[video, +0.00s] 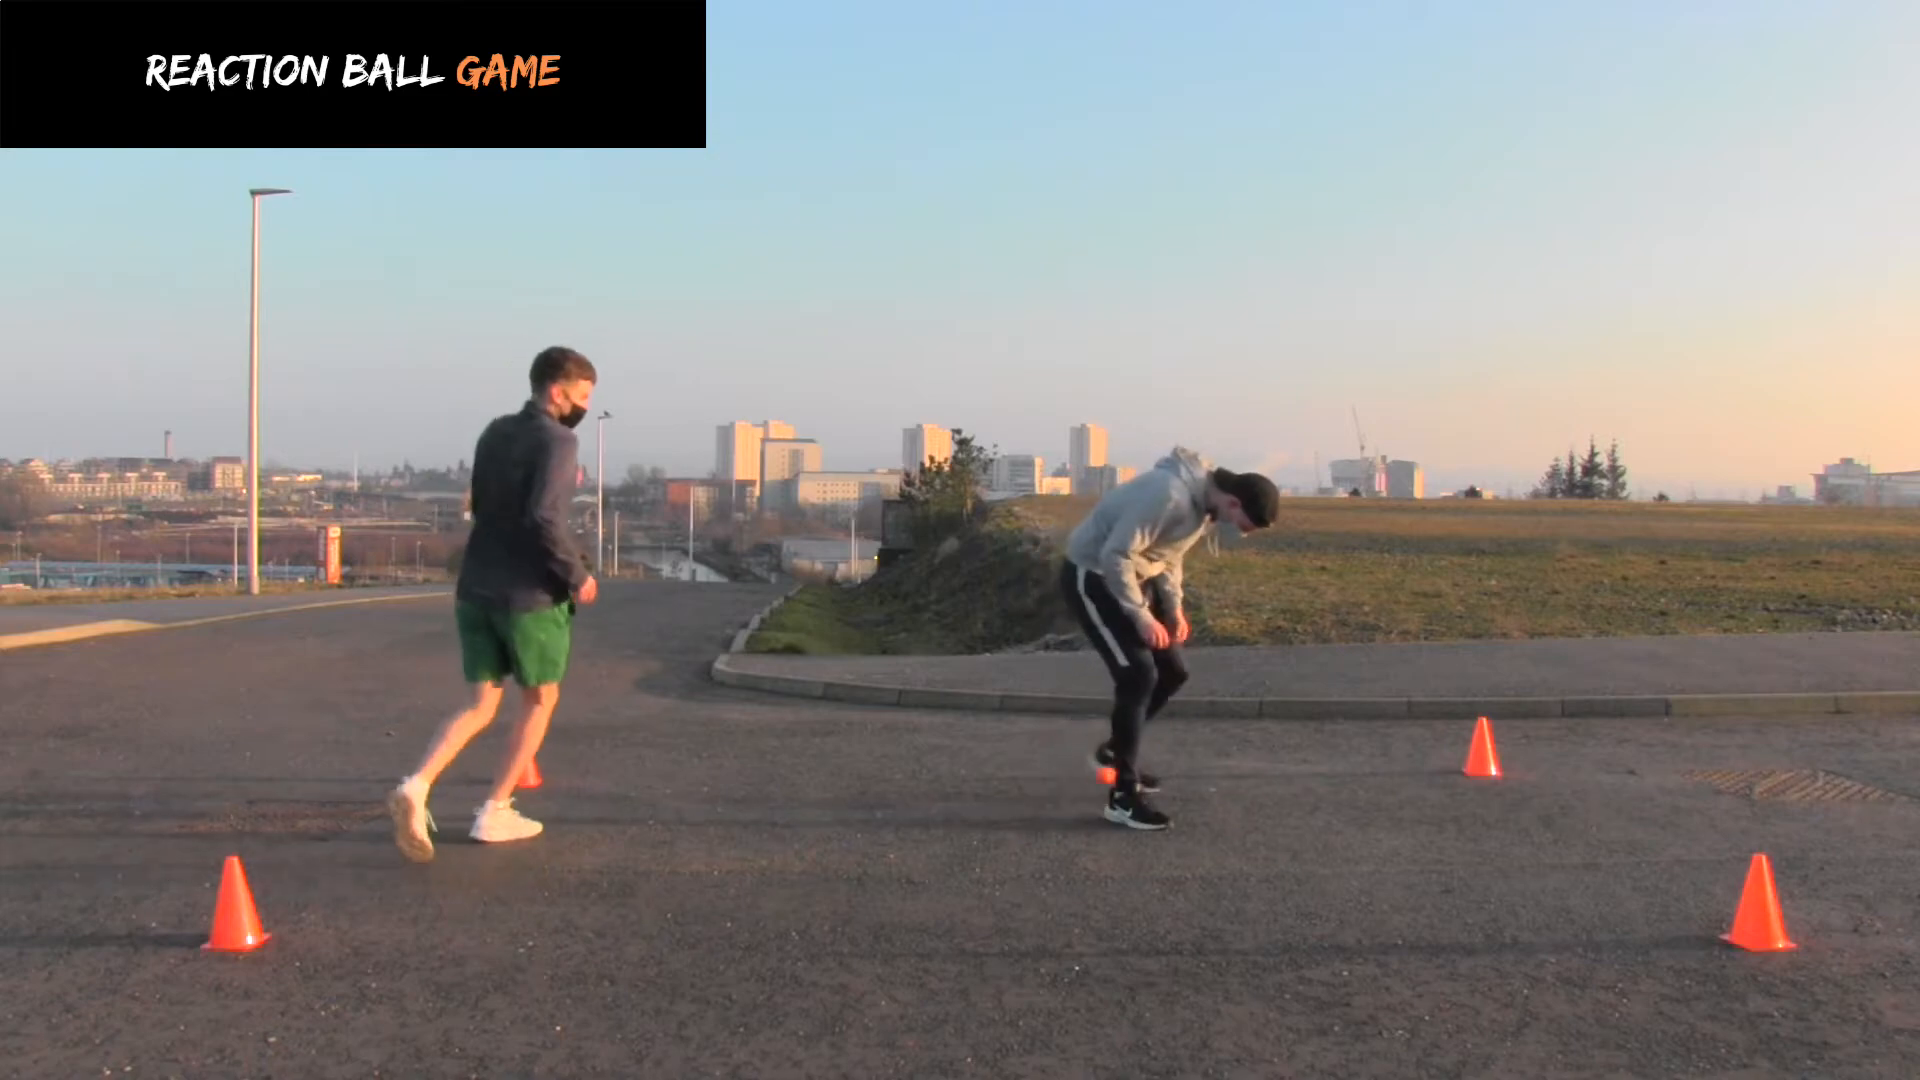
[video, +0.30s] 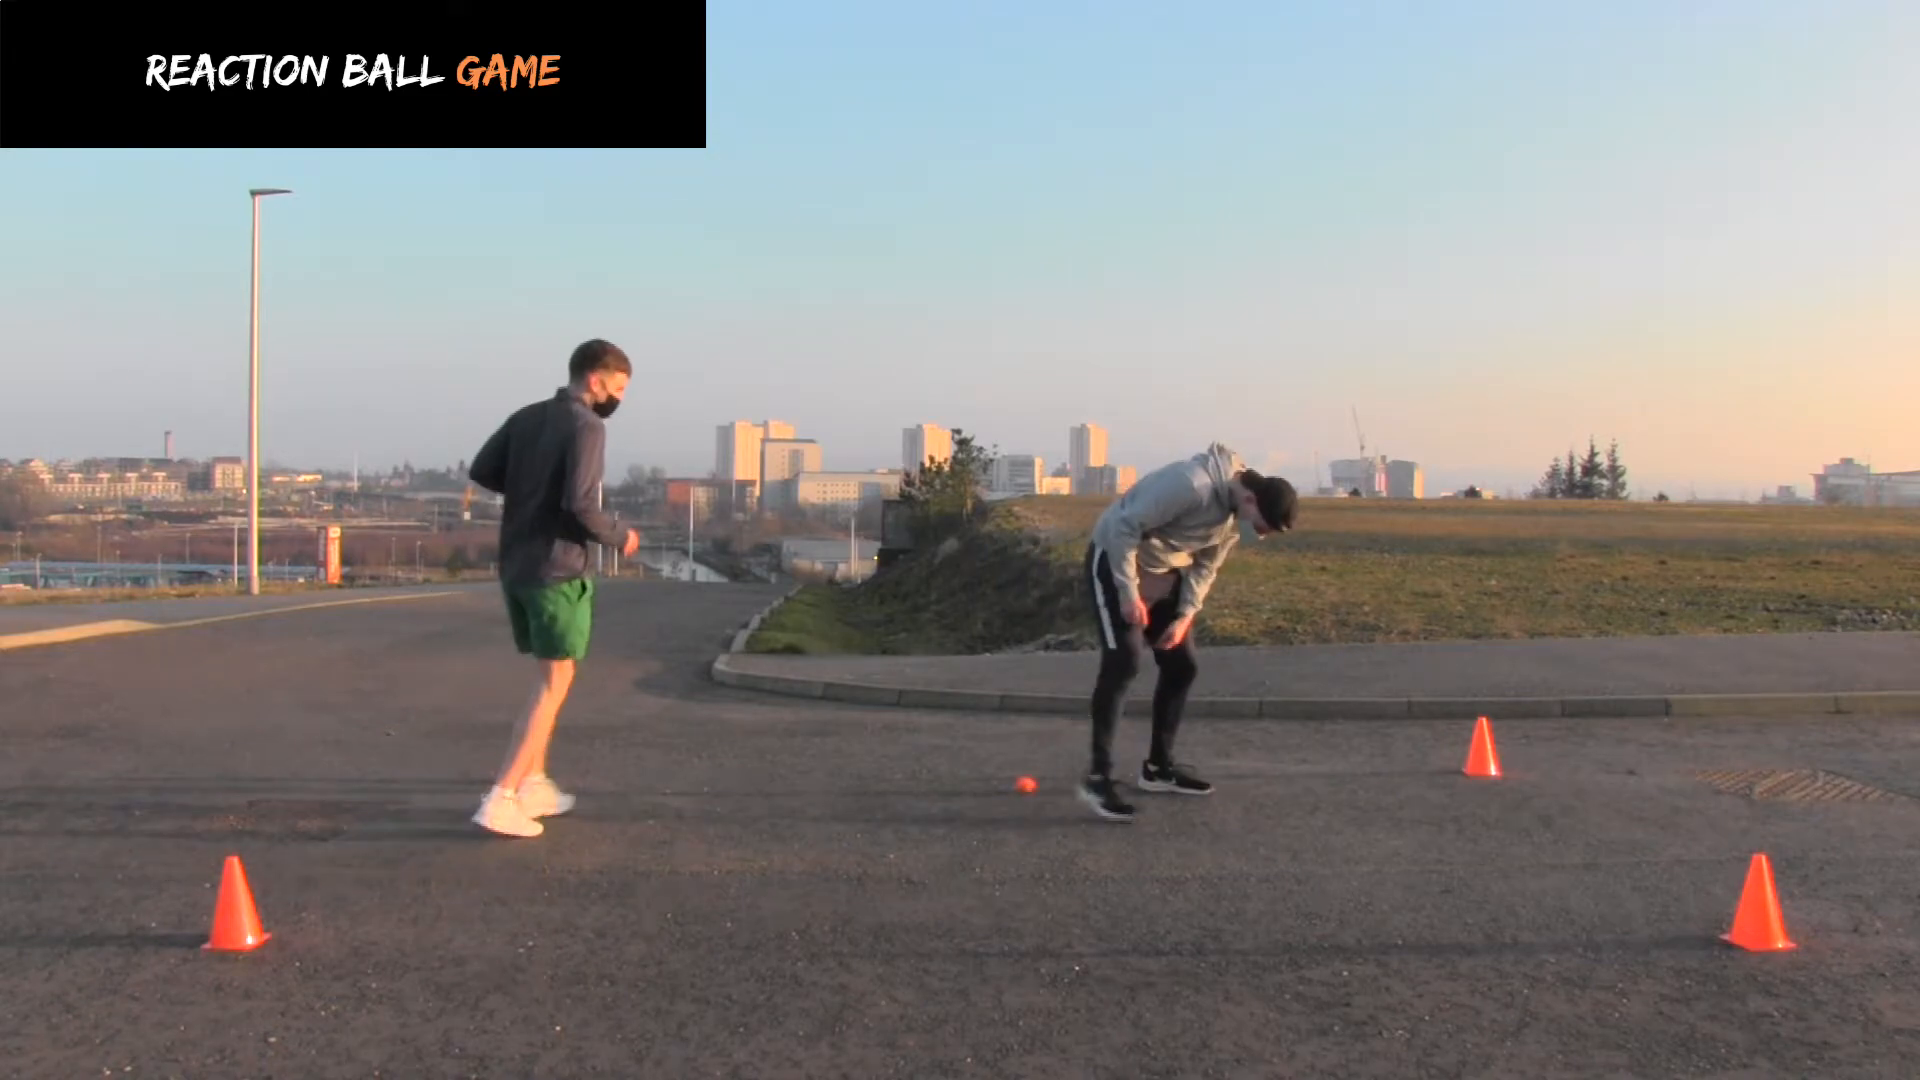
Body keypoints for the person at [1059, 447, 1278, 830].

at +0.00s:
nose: (1239, 530)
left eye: (1245, 528)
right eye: (1243, 524)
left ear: (1235, 504)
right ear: (1234, 503)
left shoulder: (1204, 507)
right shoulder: (1166, 492)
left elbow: (1169, 559)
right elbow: (1114, 559)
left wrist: (1173, 609)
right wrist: (1142, 618)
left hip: (1130, 574)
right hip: (1089, 571)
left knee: (1172, 673)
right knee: (1137, 673)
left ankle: (1115, 750)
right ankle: (1123, 794)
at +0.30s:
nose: (1258, 534)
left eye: (1264, 532)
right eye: (1259, 527)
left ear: (1256, 504)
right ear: (1249, 501)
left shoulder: (1234, 514)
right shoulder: (1191, 484)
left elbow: (1206, 566)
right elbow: (1123, 526)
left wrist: (1185, 615)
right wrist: (1128, 594)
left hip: (1163, 574)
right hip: (1115, 562)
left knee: (1180, 667)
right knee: (1122, 661)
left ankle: (1159, 765)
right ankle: (1098, 778)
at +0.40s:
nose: (1253, 528)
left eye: (1260, 525)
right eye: (1254, 520)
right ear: (1242, 492)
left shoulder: (1242, 509)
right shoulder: (1187, 480)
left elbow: (1215, 559)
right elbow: (1120, 525)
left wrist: (1198, 604)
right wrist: (1125, 589)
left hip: (1169, 573)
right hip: (1122, 562)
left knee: (1184, 665)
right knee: (1128, 659)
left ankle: (1158, 765)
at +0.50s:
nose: (1245, 522)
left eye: (1252, 518)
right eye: (1244, 513)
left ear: (1260, 505)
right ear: (1232, 487)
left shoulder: (1248, 505)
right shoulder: (1184, 477)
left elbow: (1223, 554)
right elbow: (1120, 525)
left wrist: (1213, 598)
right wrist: (1123, 588)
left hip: (1177, 577)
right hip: (1128, 568)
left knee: (1192, 665)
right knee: (1110, 664)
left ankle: (1160, 764)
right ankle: (1033, 735)